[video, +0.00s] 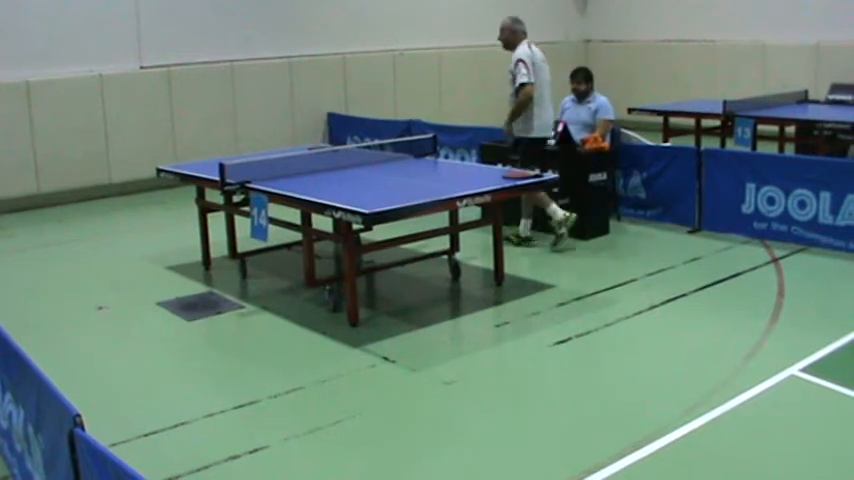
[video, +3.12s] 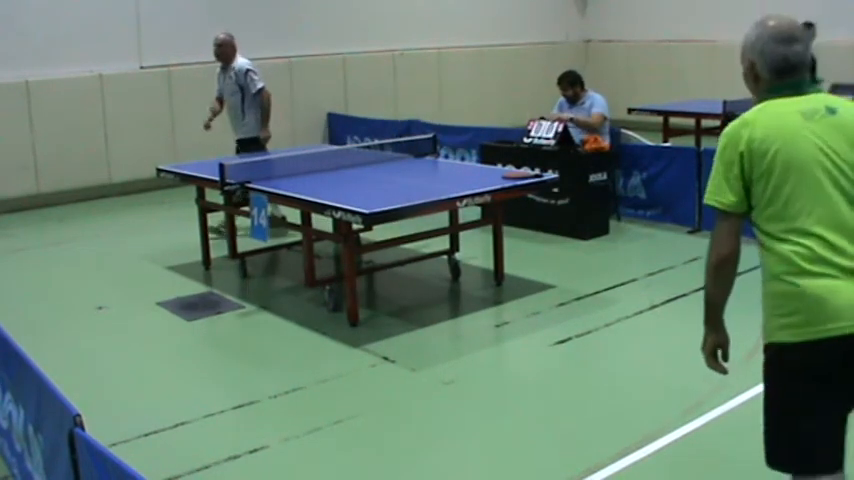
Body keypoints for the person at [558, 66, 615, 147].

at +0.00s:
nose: (574, 87)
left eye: (579, 84)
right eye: (573, 83)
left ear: (589, 85)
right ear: (570, 84)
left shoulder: (601, 103)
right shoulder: (566, 103)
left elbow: (601, 134)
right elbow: (561, 126)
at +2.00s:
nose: (577, 90)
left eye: (581, 87)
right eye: (574, 87)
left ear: (590, 87)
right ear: (571, 87)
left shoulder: (602, 103)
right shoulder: (566, 103)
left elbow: (606, 132)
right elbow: (559, 125)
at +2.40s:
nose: (574, 91)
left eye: (578, 87)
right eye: (572, 87)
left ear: (588, 87)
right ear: (568, 87)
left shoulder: (601, 104)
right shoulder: (565, 103)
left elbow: (601, 133)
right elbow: (560, 126)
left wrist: (583, 134)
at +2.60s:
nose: (571, 92)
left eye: (574, 88)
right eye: (569, 89)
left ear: (586, 87)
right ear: (566, 88)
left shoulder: (600, 103)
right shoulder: (566, 102)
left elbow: (602, 132)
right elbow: (559, 125)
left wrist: (583, 131)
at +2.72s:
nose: (569, 93)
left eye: (572, 89)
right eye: (567, 90)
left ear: (584, 88)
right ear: (565, 89)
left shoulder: (600, 103)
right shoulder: (565, 102)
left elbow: (602, 132)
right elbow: (556, 124)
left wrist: (581, 127)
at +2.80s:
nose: (568, 93)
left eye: (571, 89)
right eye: (567, 90)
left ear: (583, 87)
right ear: (565, 89)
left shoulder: (600, 102)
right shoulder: (565, 102)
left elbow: (600, 130)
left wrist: (578, 122)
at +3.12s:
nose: (563, 94)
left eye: (566, 90)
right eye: (562, 91)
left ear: (577, 88)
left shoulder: (597, 100)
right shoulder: (562, 102)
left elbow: (596, 124)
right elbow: (554, 120)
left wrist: (571, 119)